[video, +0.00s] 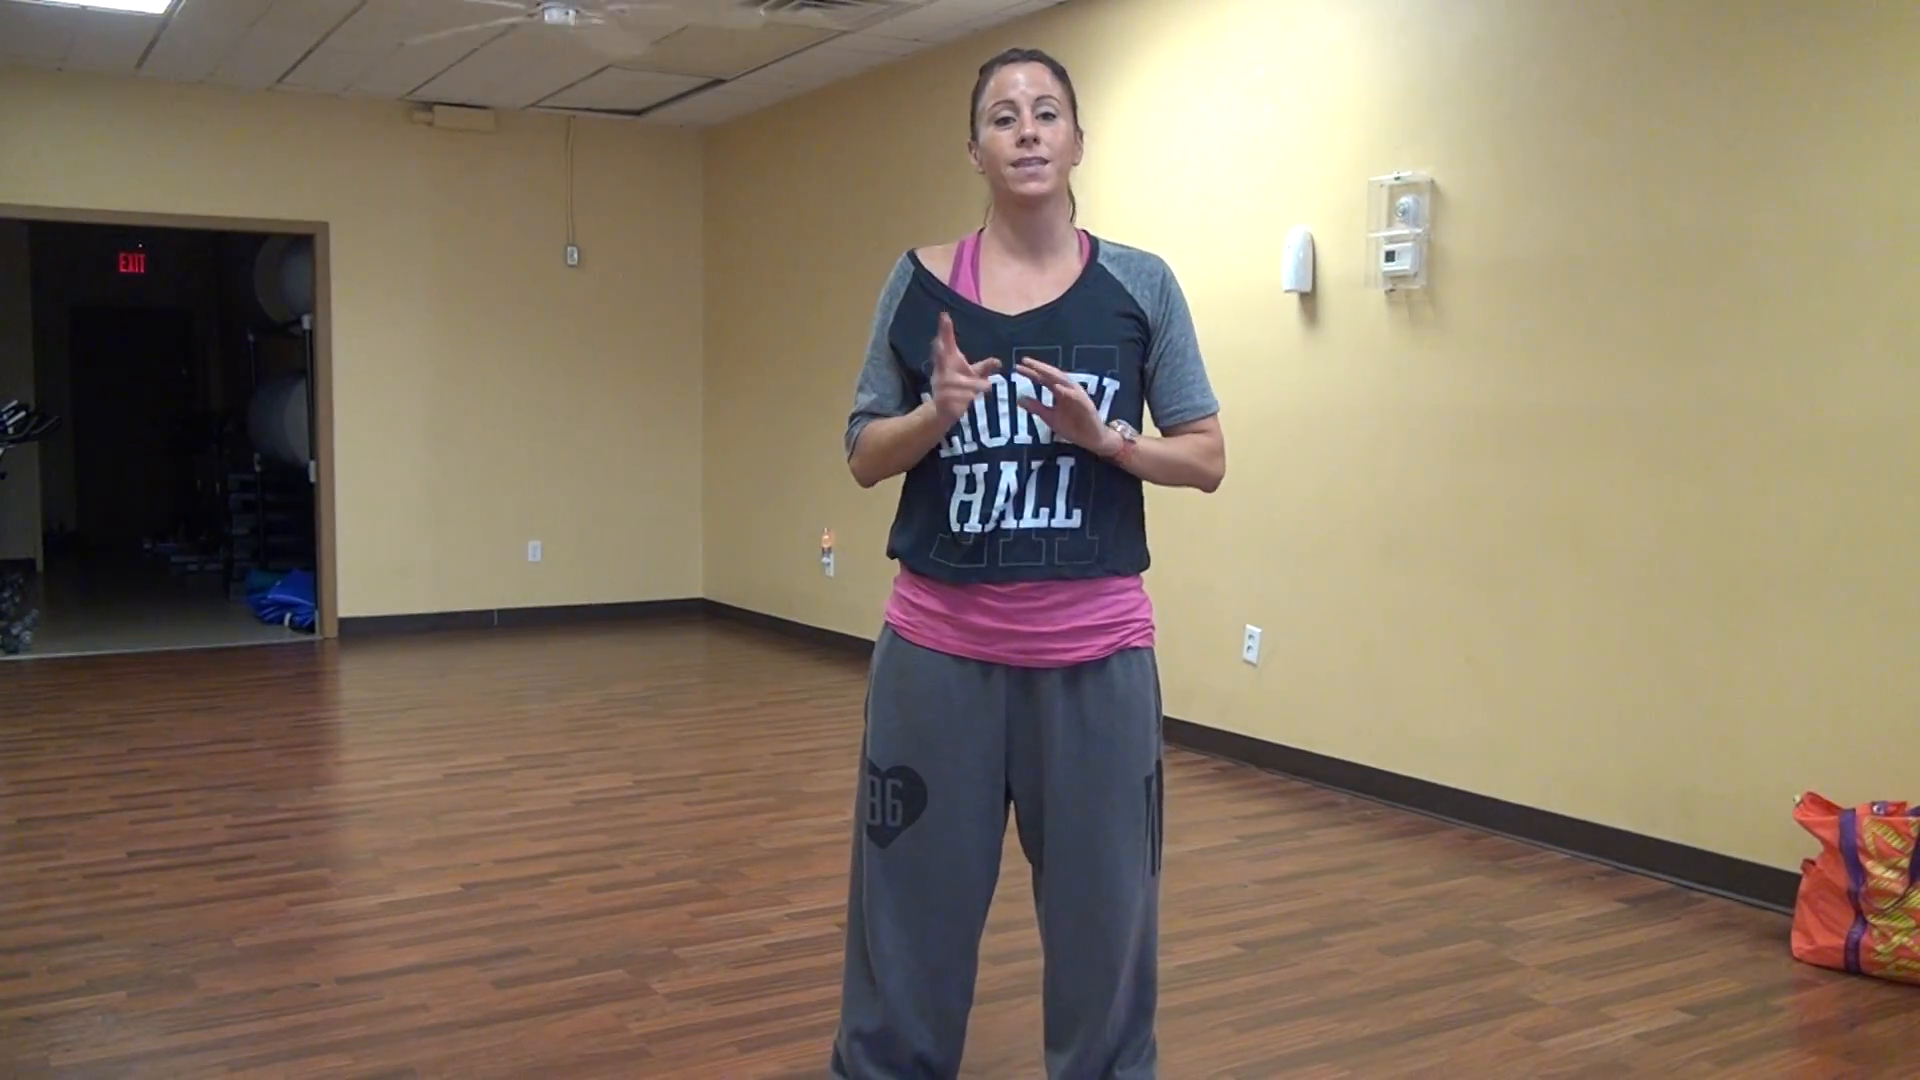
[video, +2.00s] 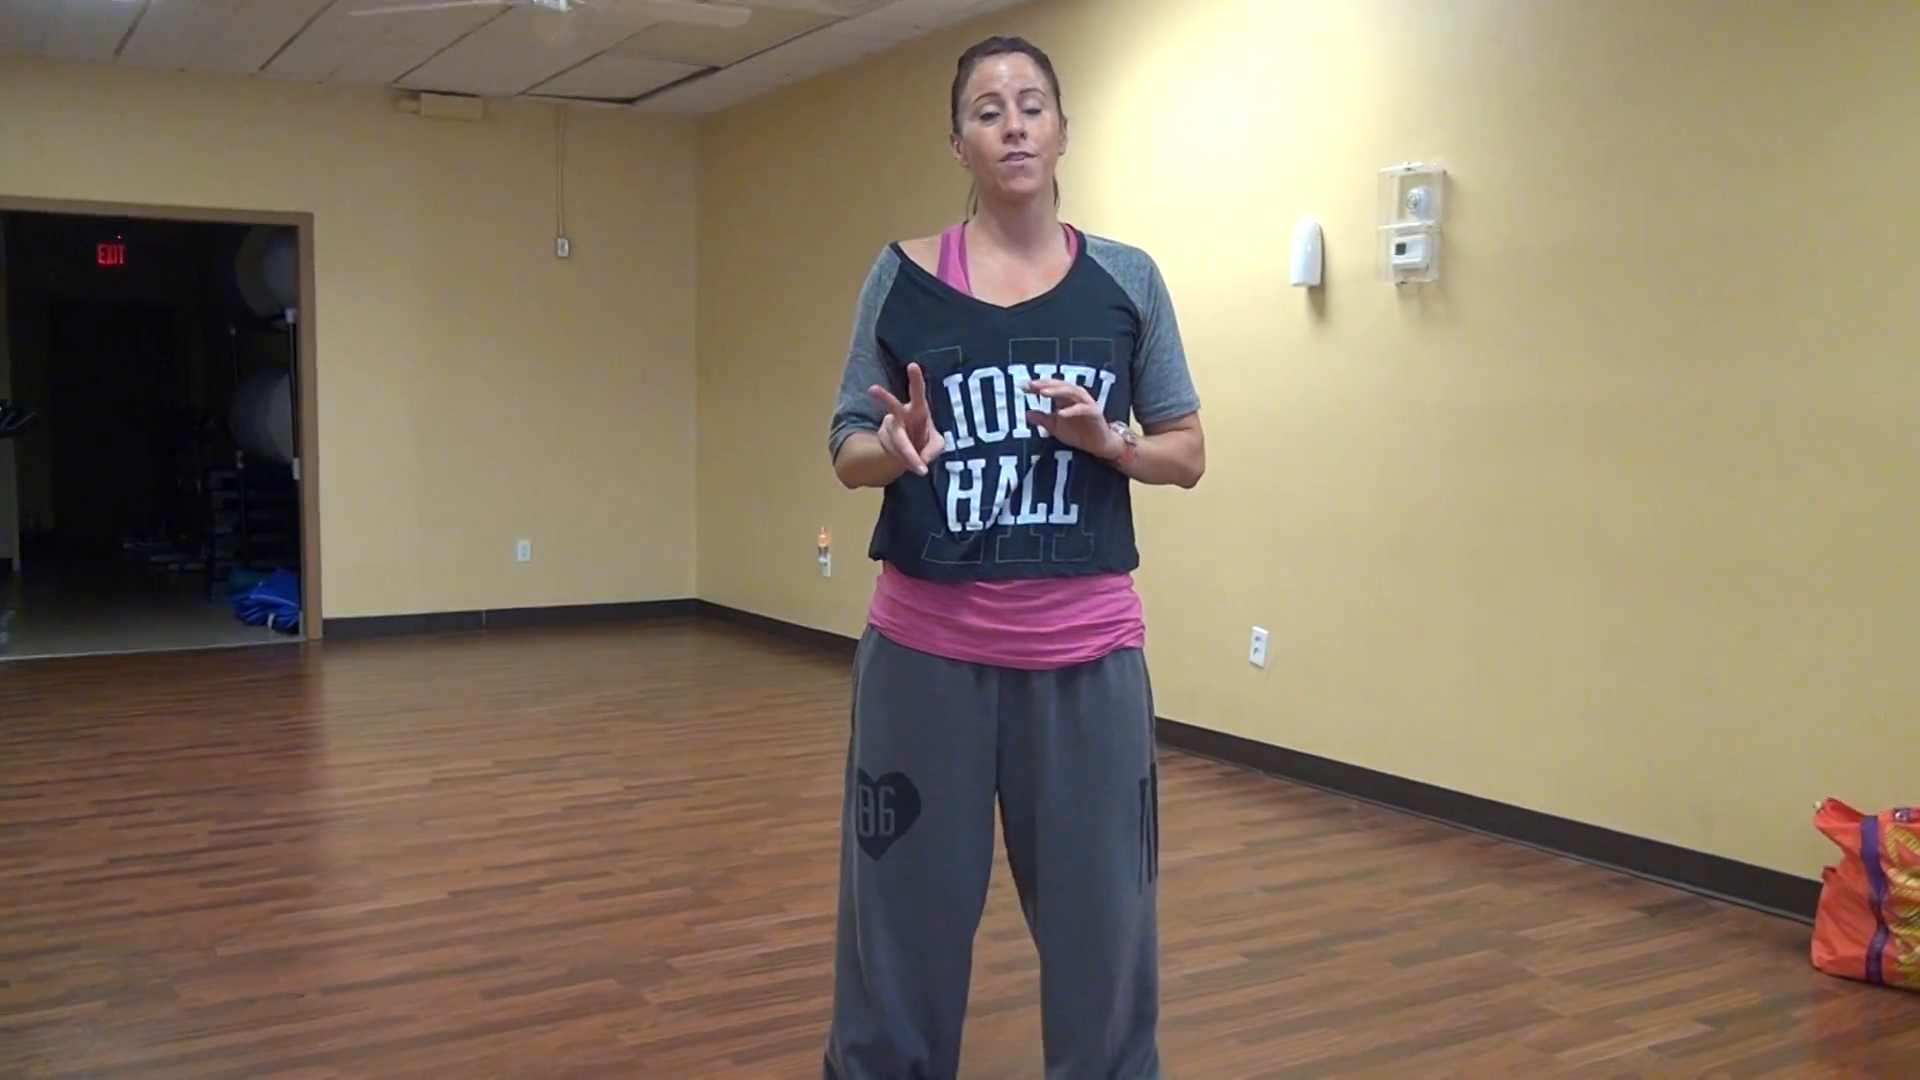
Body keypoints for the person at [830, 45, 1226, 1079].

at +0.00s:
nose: (1025, 131)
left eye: (1046, 114)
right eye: (1003, 117)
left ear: (1077, 141)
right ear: (975, 148)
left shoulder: (1142, 281)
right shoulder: (924, 280)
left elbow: (1207, 459)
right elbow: (866, 457)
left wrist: (1107, 439)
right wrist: (934, 413)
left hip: (1097, 646)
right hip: (937, 641)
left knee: (1107, 925)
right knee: (906, 917)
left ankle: (1104, 1072)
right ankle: (889, 1069)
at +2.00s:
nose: (1013, 125)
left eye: (1032, 106)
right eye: (988, 110)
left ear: (1061, 131)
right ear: (958, 143)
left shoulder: (1128, 275)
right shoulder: (905, 273)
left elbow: (1187, 453)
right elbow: (849, 446)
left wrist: (1113, 444)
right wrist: (895, 449)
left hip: (1088, 651)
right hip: (925, 648)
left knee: (1106, 933)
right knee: (901, 925)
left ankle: (1110, 1076)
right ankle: (882, 1072)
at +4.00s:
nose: (994, 153)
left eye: (1012, 132)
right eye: (971, 137)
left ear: (1042, 152)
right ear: (945, 162)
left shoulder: (1112, 285)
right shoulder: (898, 294)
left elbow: (1171, 452)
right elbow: (847, 463)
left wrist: (1109, 438)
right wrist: (912, 433)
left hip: (1078, 640)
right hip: (925, 639)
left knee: (1092, 902)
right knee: (895, 899)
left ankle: (1104, 1069)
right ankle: (885, 1068)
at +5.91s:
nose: (1089, 205)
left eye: (1108, 184)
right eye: (1066, 188)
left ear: (1134, 200)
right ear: (1035, 210)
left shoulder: (1199, 334)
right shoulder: (983, 334)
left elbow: (1255, 506)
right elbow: (925, 497)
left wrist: (1188, 479)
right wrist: (1024, 499)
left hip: (1154, 693)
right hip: (998, 690)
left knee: (1169, 969)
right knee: (969, 959)